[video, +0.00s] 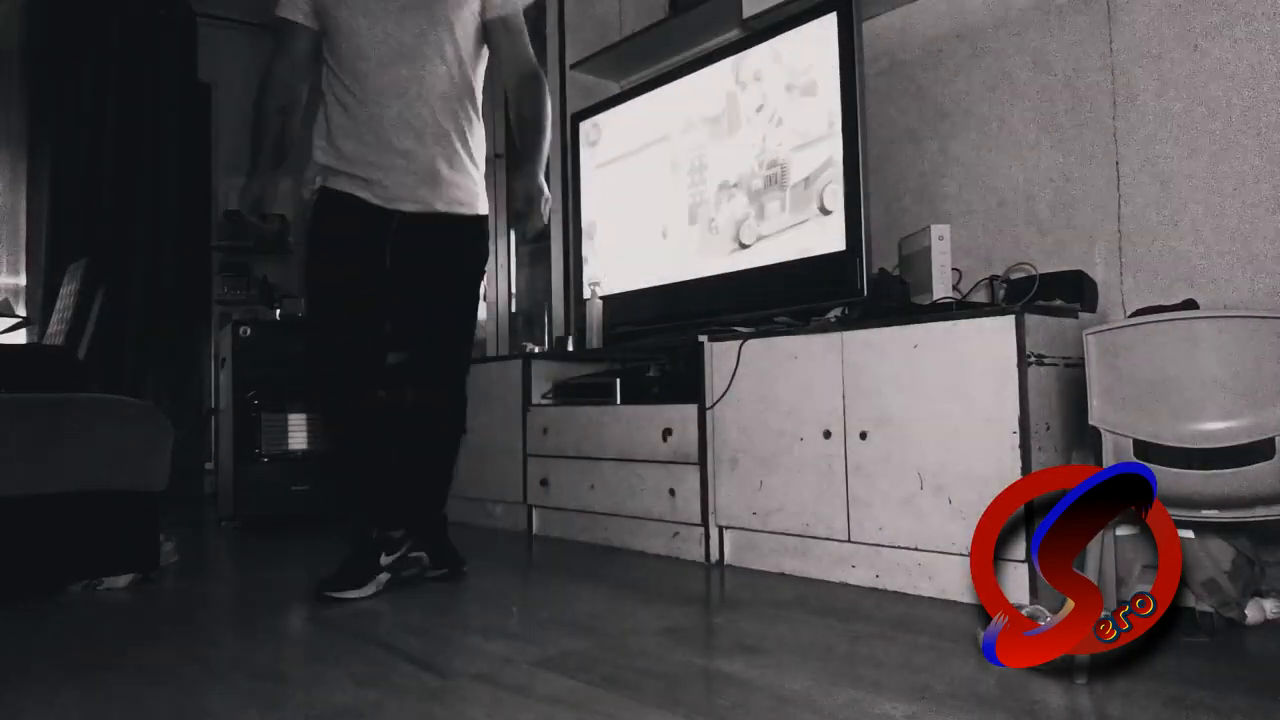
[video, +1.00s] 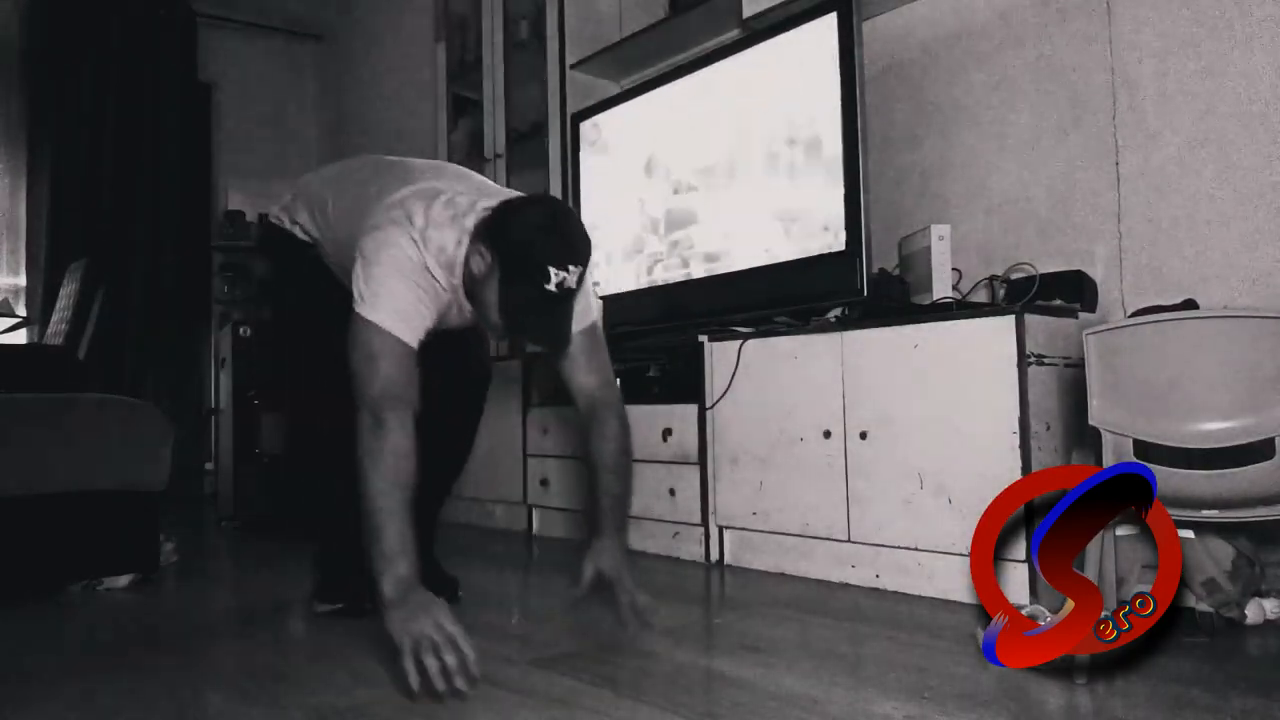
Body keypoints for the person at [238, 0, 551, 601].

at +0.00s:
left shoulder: (490, 5)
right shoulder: (314, 6)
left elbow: (526, 74)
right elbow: (289, 67)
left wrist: (530, 176)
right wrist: (265, 173)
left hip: (449, 198)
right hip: (350, 193)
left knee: (437, 380)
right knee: (346, 376)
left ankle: (428, 536)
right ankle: (375, 540)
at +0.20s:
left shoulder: (502, 5)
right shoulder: (328, 5)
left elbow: (523, 103)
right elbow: (274, 70)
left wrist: (528, 210)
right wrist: (259, 178)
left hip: (447, 207)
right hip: (350, 197)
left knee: (437, 385)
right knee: (339, 381)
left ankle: (428, 529)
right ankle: (329, 558)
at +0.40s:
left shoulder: (505, 10)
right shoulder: (337, 5)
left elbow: (513, 121)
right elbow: (263, 64)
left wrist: (511, 233)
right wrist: (262, 186)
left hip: (429, 207)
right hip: (332, 196)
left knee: (444, 377)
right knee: (333, 380)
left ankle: (428, 525)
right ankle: (334, 559)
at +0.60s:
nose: (488, 62)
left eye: (503, 47)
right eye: (477, 42)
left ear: (516, 40)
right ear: (445, 16)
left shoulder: (517, 83)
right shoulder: (373, 45)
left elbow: (522, 192)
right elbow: (261, 165)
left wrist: (515, 306)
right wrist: (267, 313)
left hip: (416, 230)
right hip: (319, 221)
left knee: (447, 367)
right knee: (329, 385)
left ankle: (421, 535)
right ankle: (334, 562)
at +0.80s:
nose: (490, 259)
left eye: (505, 251)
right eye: (482, 244)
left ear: (534, 213)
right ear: (458, 187)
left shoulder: (524, 212)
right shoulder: (376, 191)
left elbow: (549, 339)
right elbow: (321, 346)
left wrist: (539, 469)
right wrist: (316, 502)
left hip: (419, 268)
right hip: (315, 245)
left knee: (446, 376)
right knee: (341, 389)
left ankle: (412, 544)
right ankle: (340, 556)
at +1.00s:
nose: (509, 341)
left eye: (525, 332)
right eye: (504, 322)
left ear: (565, 282)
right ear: (478, 263)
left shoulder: (551, 265)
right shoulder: (402, 251)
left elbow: (602, 401)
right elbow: (384, 417)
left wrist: (610, 538)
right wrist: (402, 591)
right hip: (317, 245)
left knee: (455, 408)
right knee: (331, 420)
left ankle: (415, 552)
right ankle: (338, 573)